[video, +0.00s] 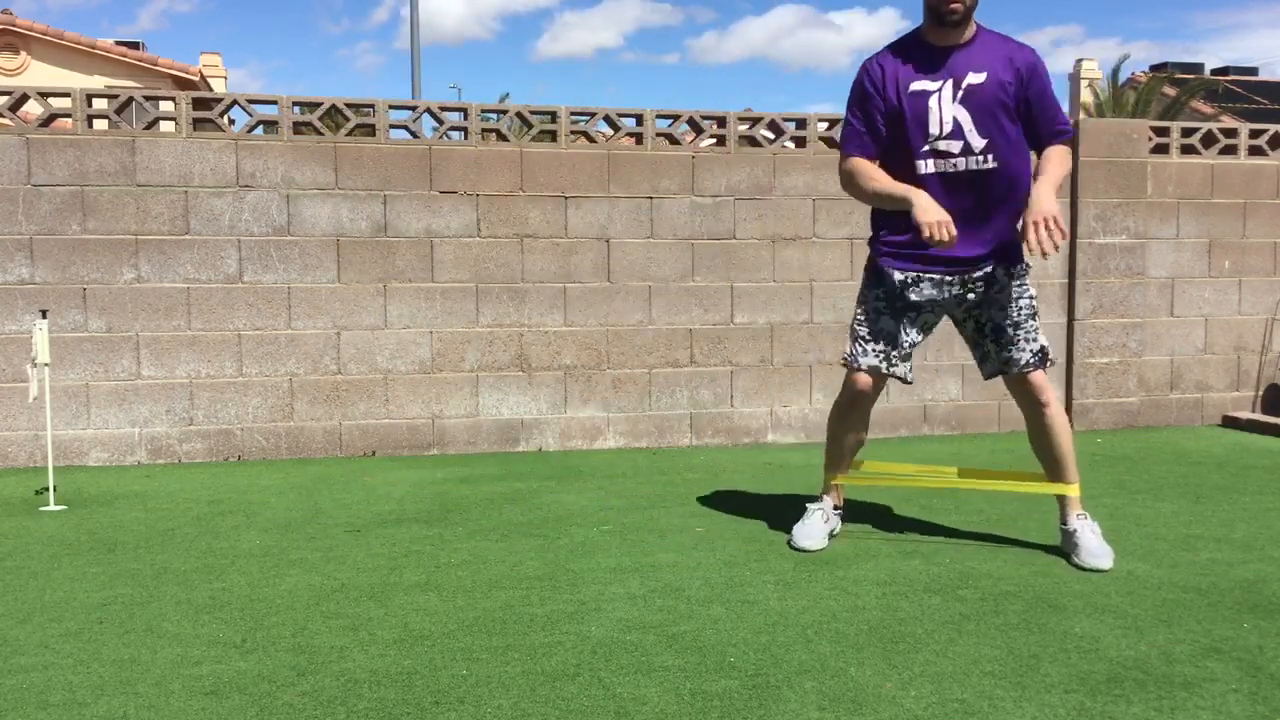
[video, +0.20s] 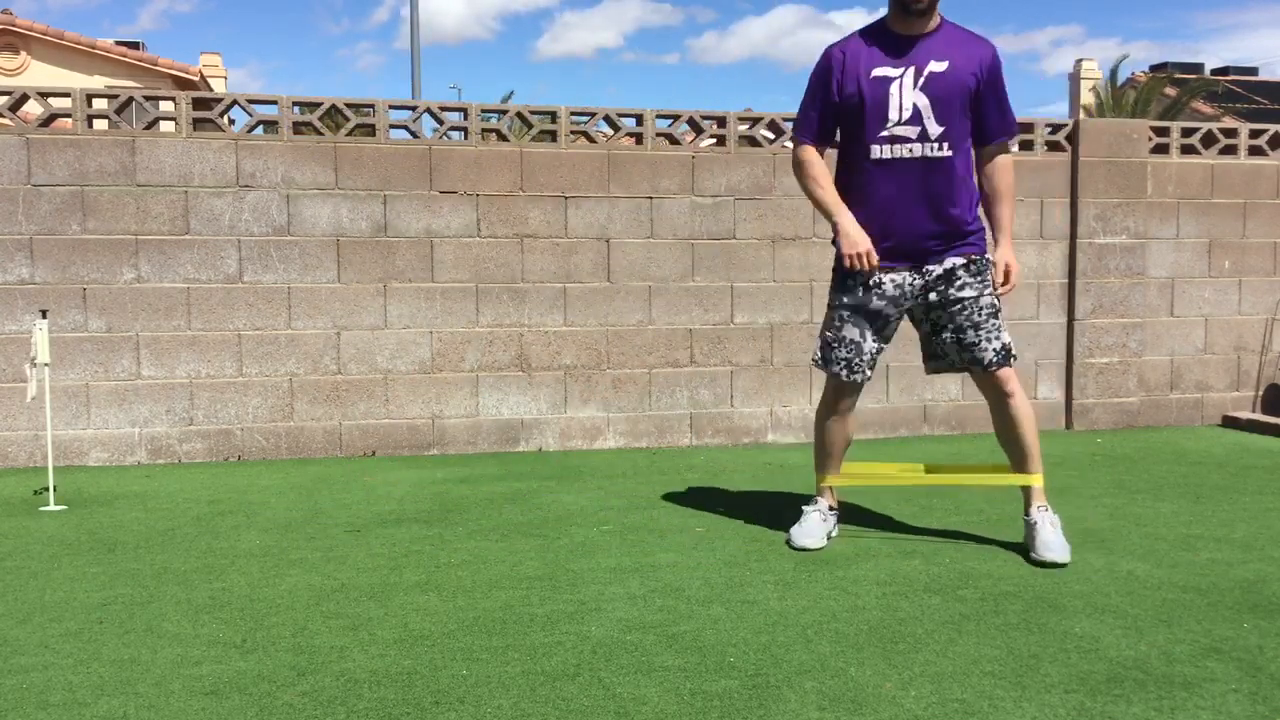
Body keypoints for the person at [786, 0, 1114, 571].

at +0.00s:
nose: (952, 0)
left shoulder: (1018, 62)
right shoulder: (882, 71)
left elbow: (1058, 143)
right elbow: (854, 170)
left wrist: (1044, 191)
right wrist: (912, 196)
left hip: (993, 264)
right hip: (904, 266)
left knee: (1034, 384)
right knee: (859, 384)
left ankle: (1075, 518)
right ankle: (828, 502)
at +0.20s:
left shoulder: (978, 56)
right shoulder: (843, 58)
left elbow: (996, 153)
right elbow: (806, 152)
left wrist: (1004, 241)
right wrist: (845, 222)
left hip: (957, 256)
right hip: (870, 258)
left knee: (1000, 376)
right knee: (842, 381)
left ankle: (1039, 508)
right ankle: (823, 504)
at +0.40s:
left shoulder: (979, 49)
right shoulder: (844, 48)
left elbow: (991, 149)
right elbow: (805, 140)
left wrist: (993, 238)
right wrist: (790, 231)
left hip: (948, 249)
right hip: (863, 250)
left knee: (966, 376)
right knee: (844, 378)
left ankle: (1001, 509)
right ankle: (822, 502)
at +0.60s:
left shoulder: (1005, 57)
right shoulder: (870, 47)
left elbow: (1021, 156)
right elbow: (834, 139)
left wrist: (1017, 248)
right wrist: (825, 229)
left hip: (961, 254)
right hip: (877, 250)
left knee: (970, 384)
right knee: (853, 379)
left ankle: (1007, 513)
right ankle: (825, 503)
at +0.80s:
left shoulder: (1041, 62)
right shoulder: (913, 43)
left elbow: (1055, 160)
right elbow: (886, 135)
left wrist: (1032, 250)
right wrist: (883, 217)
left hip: (987, 251)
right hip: (910, 243)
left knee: (988, 385)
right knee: (874, 371)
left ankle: (1008, 515)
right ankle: (837, 503)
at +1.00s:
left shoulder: (1064, 51)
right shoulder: (948, 36)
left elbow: (1072, 156)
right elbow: (918, 132)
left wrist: (1037, 239)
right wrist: (905, 211)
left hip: (1006, 249)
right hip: (933, 240)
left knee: (1004, 379)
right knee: (910, 366)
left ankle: (1009, 514)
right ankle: (903, 496)